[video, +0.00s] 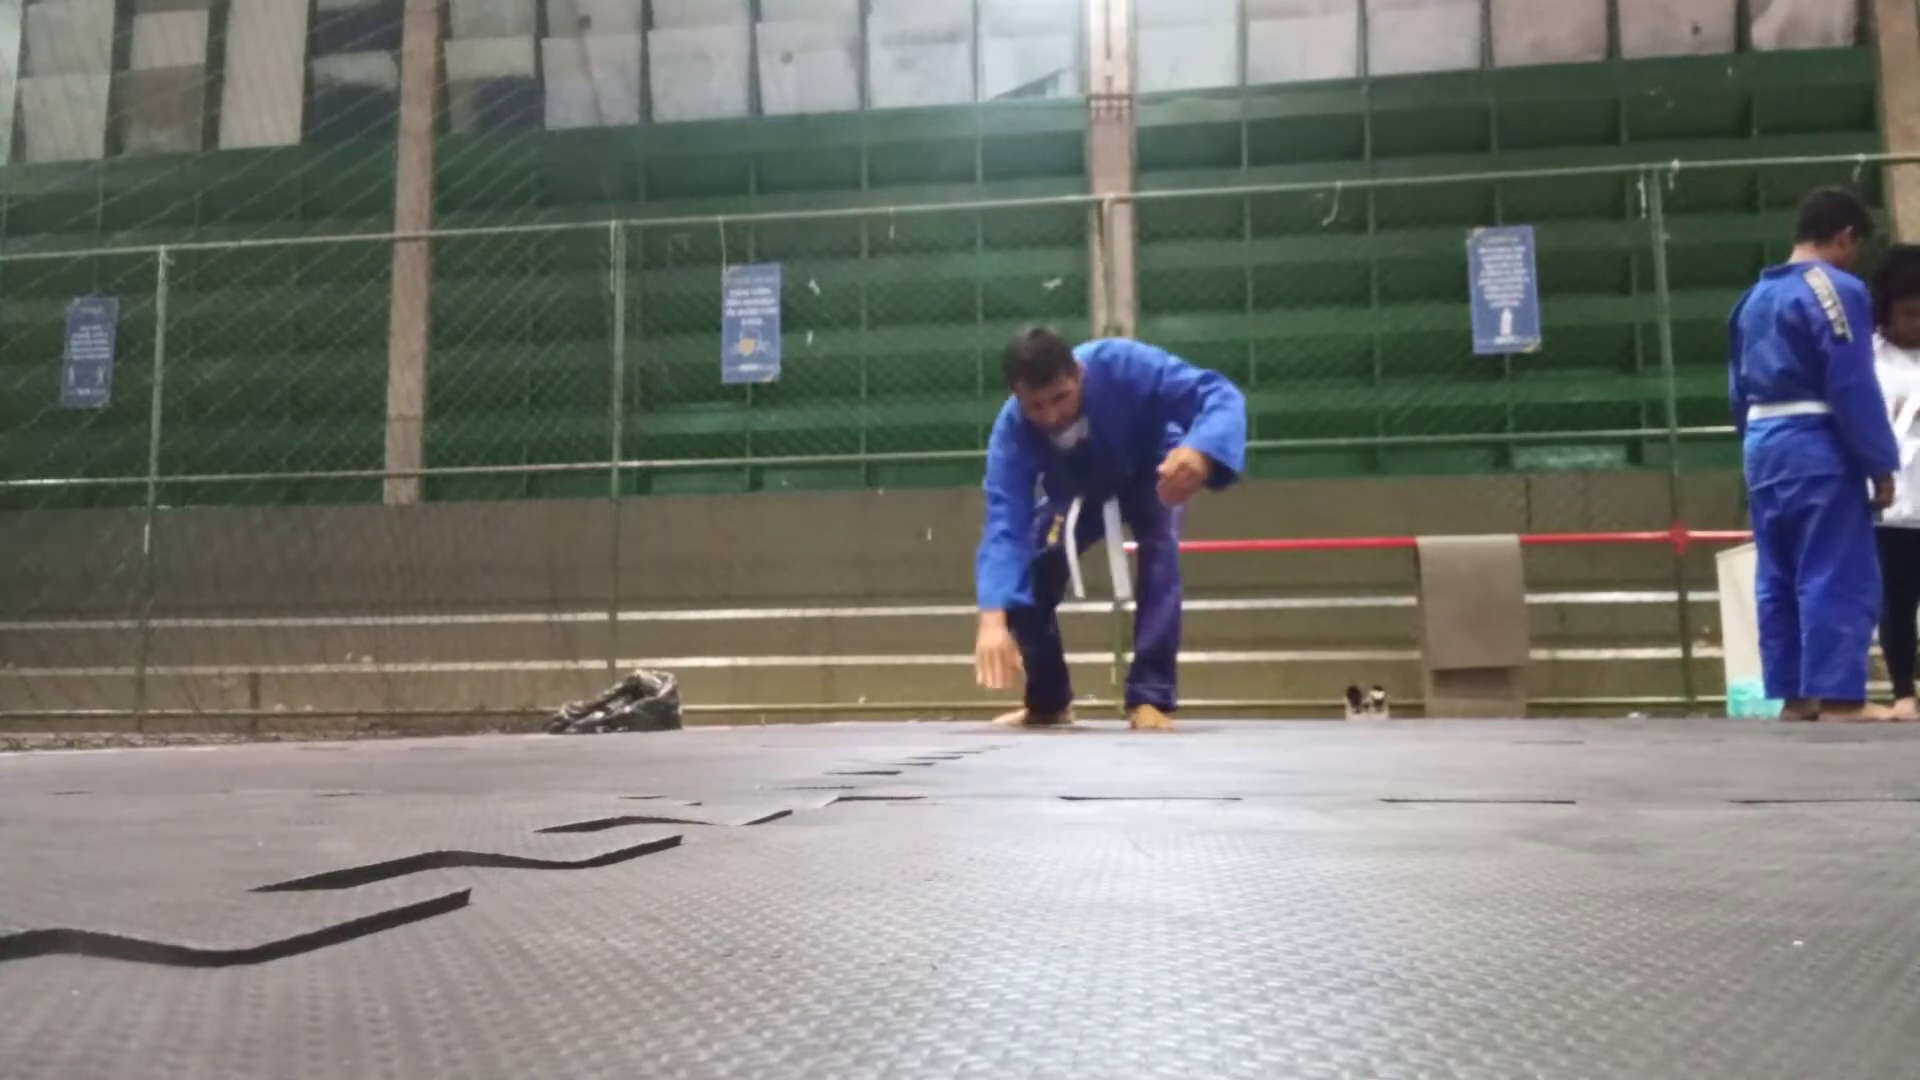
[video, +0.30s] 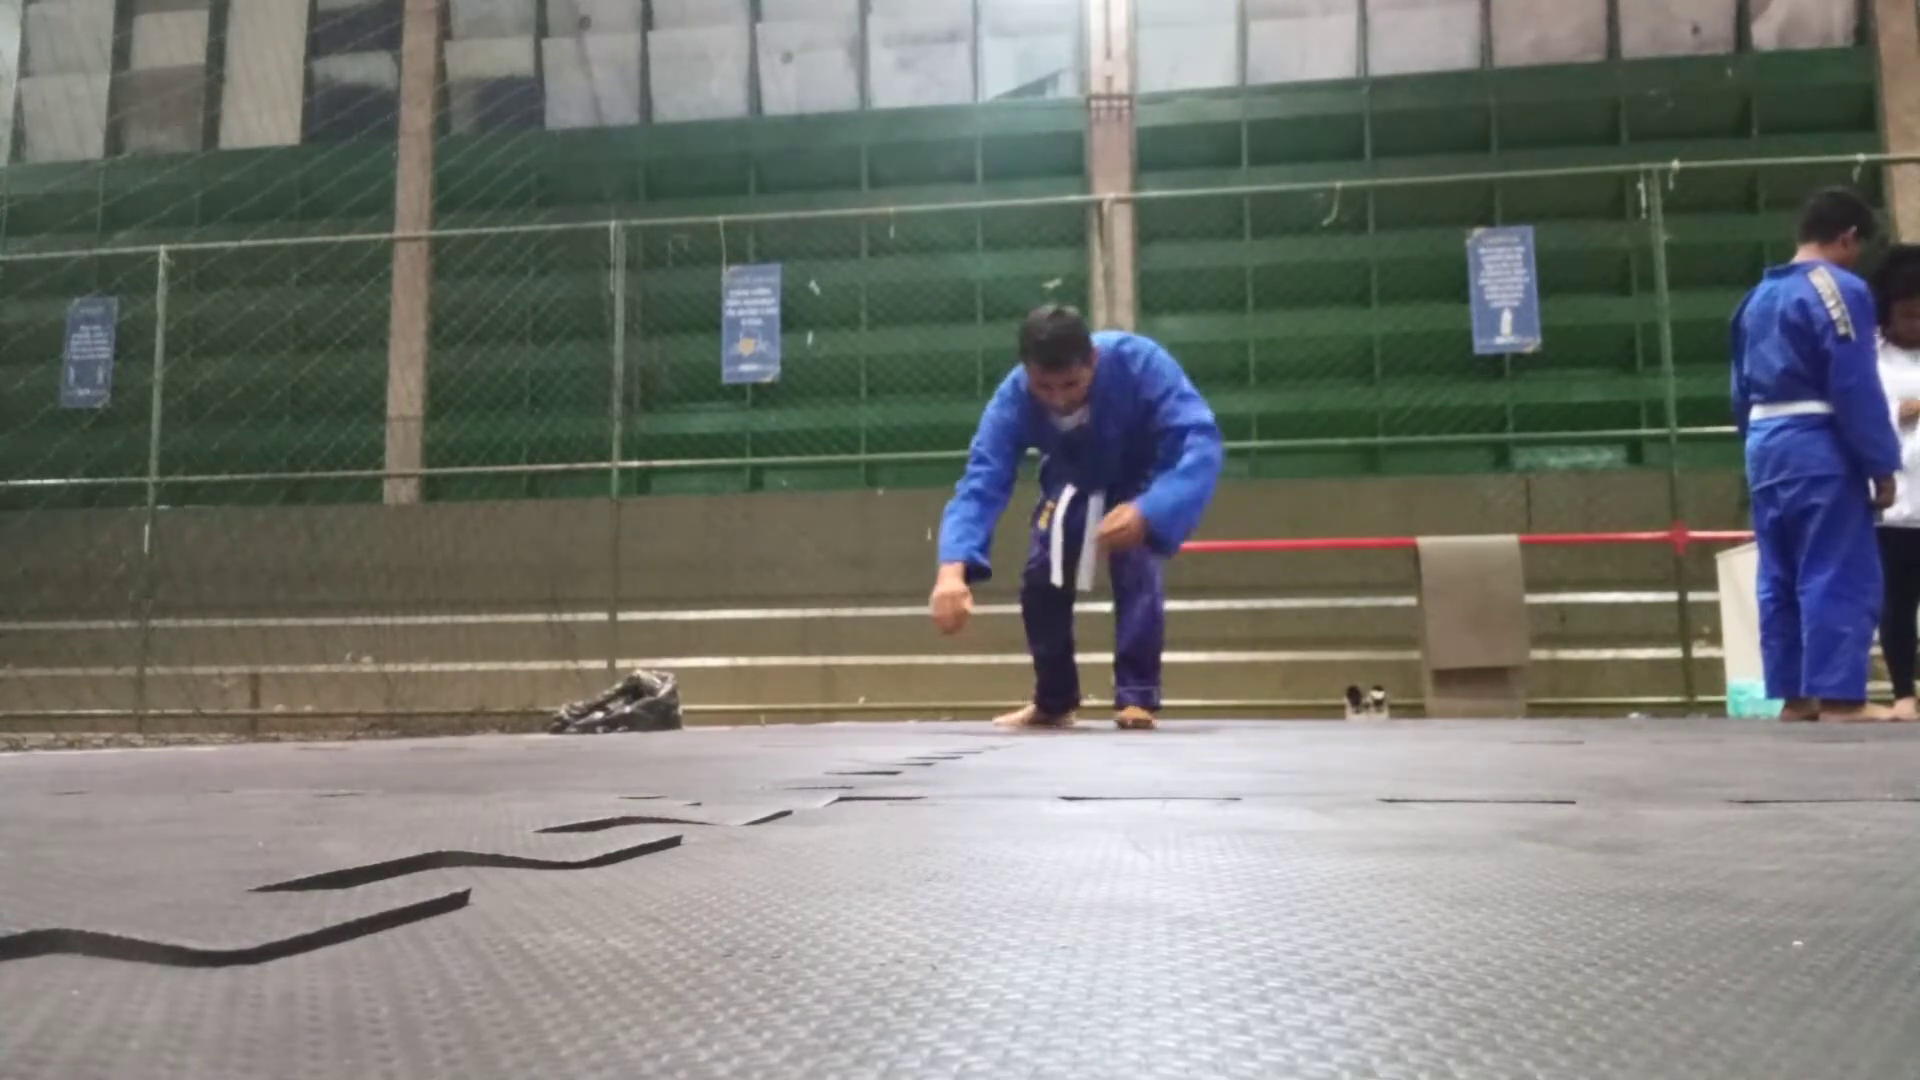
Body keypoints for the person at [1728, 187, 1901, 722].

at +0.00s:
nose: (1856, 255)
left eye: (1859, 246)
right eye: (1857, 244)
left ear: (1800, 234)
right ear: (1842, 237)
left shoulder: (1755, 296)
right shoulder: (1835, 290)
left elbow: (1740, 392)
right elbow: (1852, 387)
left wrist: (1760, 444)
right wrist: (1882, 465)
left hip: (1761, 440)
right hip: (1815, 438)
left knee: (1780, 574)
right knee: (1837, 569)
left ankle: (1793, 696)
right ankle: (1838, 698)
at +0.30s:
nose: (1859, 254)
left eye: (1861, 246)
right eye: (1859, 244)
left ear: (1803, 234)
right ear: (1846, 237)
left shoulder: (1758, 296)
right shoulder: (1839, 290)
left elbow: (1743, 391)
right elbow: (1854, 388)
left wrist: (1762, 443)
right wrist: (1883, 466)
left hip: (1762, 440)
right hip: (1816, 438)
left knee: (1781, 574)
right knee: (1840, 569)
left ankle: (1794, 696)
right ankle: (1839, 698)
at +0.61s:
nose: (1863, 254)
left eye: (1865, 245)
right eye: (1863, 244)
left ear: (1808, 234)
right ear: (1850, 237)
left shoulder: (1762, 296)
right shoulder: (1843, 290)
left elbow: (1745, 392)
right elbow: (1859, 387)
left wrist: (1765, 443)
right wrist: (1887, 467)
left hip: (1765, 440)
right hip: (1820, 438)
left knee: (1782, 574)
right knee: (1841, 571)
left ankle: (1794, 696)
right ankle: (1840, 698)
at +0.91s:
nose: (1867, 252)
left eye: (1868, 244)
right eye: (1867, 243)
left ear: (1812, 233)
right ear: (1855, 237)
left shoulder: (1764, 295)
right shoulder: (1848, 290)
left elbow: (1747, 391)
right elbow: (1862, 387)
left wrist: (1767, 441)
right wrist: (1890, 468)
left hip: (1767, 440)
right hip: (1823, 439)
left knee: (1784, 575)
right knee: (1841, 571)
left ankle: (1795, 697)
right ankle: (1840, 698)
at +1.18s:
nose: (1869, 254)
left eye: (1870, 245)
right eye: (1868, 244)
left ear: (1814, 234)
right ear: (1856, 237)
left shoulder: (1766, 294)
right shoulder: (1851, 290)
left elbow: (1748, 389)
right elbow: (1865, 388)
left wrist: (1767, 440)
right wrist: (1891, 468)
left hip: (1769, 439)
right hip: (1825, 438)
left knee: (1785, 574)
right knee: (1842, 571)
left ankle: (1795, 696)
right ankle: (1840, 698)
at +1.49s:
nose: (1872, 256)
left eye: (1873, 246)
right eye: (1872, 245)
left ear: (1815, 234)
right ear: (1858, 236)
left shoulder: (1765, 296)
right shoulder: (1852, 288)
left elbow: (1748, 390)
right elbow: (1867, 386)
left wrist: (1767, 442)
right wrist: (1893, 465)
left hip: (1769, 444)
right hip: (1827, 442)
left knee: (1785, 569)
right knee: (1852, 565)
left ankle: (1794, 696)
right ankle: (1839, 696)